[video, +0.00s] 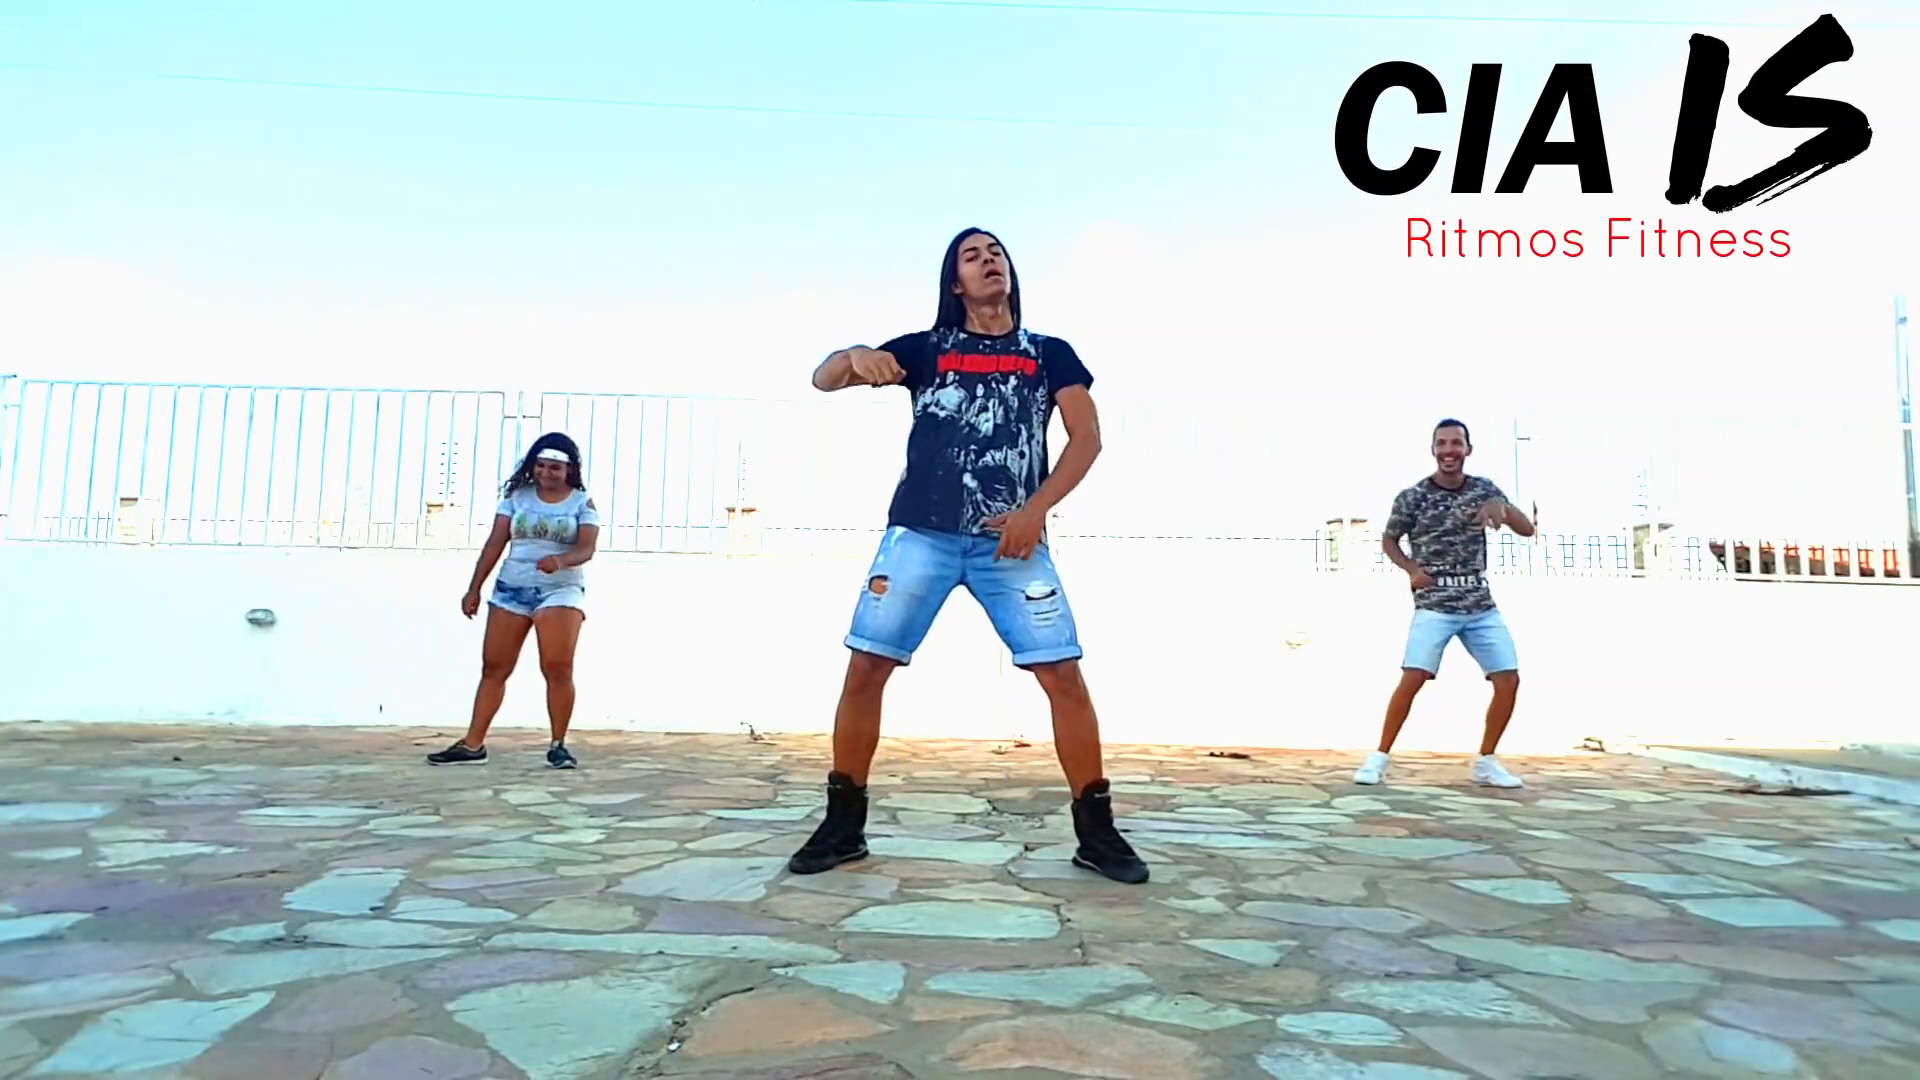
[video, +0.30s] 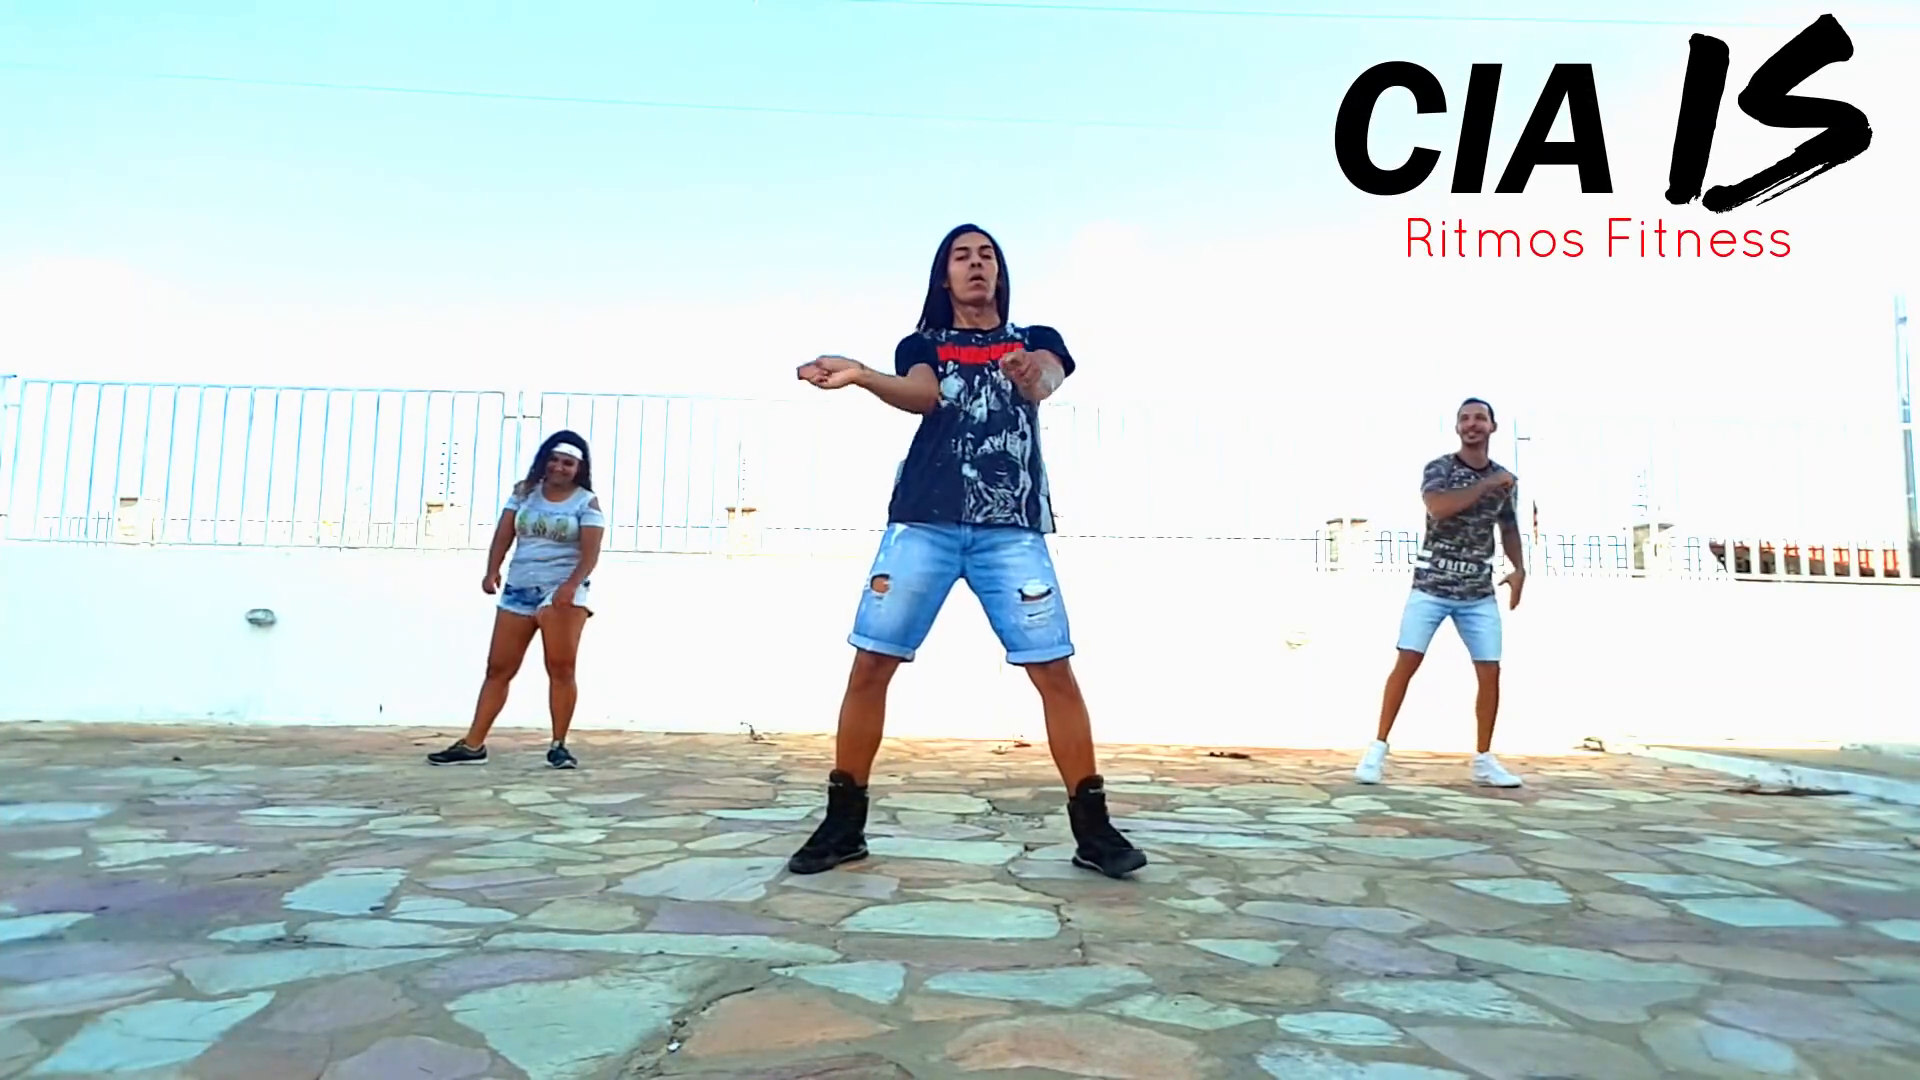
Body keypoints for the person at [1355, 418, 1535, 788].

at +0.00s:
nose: (1449, 450)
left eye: (1456, 443)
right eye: (1442, 443)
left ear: (1467, 450)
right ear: (1433, 449)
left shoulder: (1484, 490)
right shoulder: (1412, 498)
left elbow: (1527, 530)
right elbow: (1389, 541)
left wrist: (1502, 508)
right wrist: (1410, 568)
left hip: (1480, 606)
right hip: (1434, 606)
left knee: (1508, 679)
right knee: (1414, 676)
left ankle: (1486, 761)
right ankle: (1380, 755)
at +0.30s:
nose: (1472, 424)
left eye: (1480, 418)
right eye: (1465, 418)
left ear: (1492, 427)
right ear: (1456, 427)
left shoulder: (1502, 478)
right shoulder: (1438, 469)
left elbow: (1508, 530)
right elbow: (1437, 507)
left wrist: (1518, 569)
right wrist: (1487, 484)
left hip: (1478, 593)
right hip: (1431, 588)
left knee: (1490, 670)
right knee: (1407, 661)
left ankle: (1483, 758)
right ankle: (1379, 746)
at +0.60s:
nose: (1469, 440)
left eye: (1475, 434)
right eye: (1462, 434)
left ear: (1486, 443)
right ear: (1450, 443)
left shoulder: (1495, 498)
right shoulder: (1429, 483)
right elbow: (1444, 517)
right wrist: (1476, 487)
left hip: (1482, 603)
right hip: (1432, 600)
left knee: (1501, 671)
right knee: (1399, 658)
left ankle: (1484, 760)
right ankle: (1379, 751)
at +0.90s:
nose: (1432, 443)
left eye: (1438, 437)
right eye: (1425, 437)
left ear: (1449, 444)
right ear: (1415, 445)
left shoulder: (1470, 483)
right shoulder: (1403, 490)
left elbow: (1472, 535)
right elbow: (1415, 528)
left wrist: (1438, 564)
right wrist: (1447, 489)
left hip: (1459, 605)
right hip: (1411, 602)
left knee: (1497, 675)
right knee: (1390, 671)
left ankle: (1484, 759)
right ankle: (1368, 755)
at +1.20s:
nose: (1457, 435)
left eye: (1462, 429)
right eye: (1449, 429)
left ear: (1470, 437)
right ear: (1435, 437)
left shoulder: (1480, 485)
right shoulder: (1414, 481)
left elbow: (1499, 532)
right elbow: (1383, 526)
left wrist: (1479, 535)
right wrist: (1407, 523)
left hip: (1463, 598)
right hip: (1418, 596)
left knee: (1493, 671)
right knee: (1394, 670)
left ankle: (1484, 758)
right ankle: (1368, 754)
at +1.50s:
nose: (1457, 440)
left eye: (1462, 435)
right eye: (1449, 434)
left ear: (1470, 444)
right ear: (1435, 443)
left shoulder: (1478, 494)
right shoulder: (1414, 487)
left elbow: (1490, 545)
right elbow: (1390, 532)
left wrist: (1486, 510)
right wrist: (1368, 574)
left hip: (1466, 604)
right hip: (1419, 603)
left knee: (1498, 673)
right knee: (1398, 673)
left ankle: (1484, 759)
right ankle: (1372, 755)